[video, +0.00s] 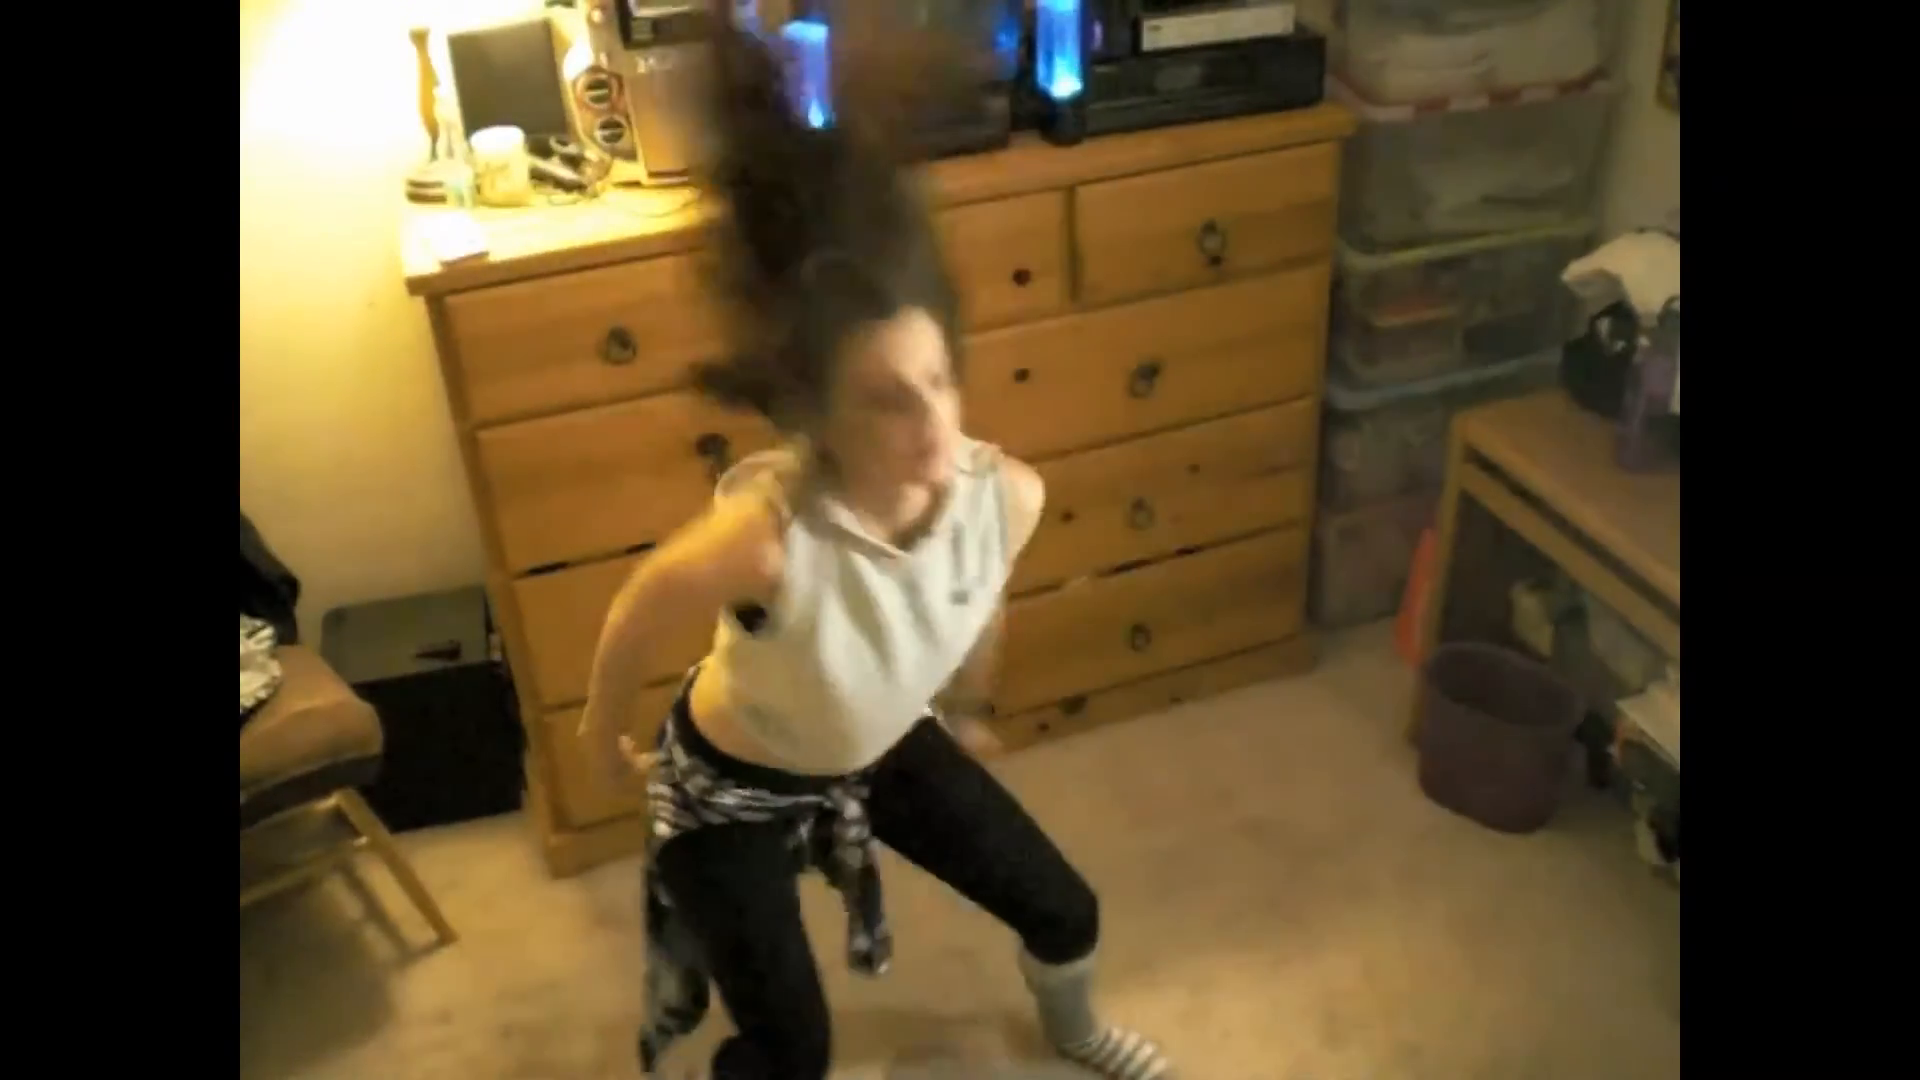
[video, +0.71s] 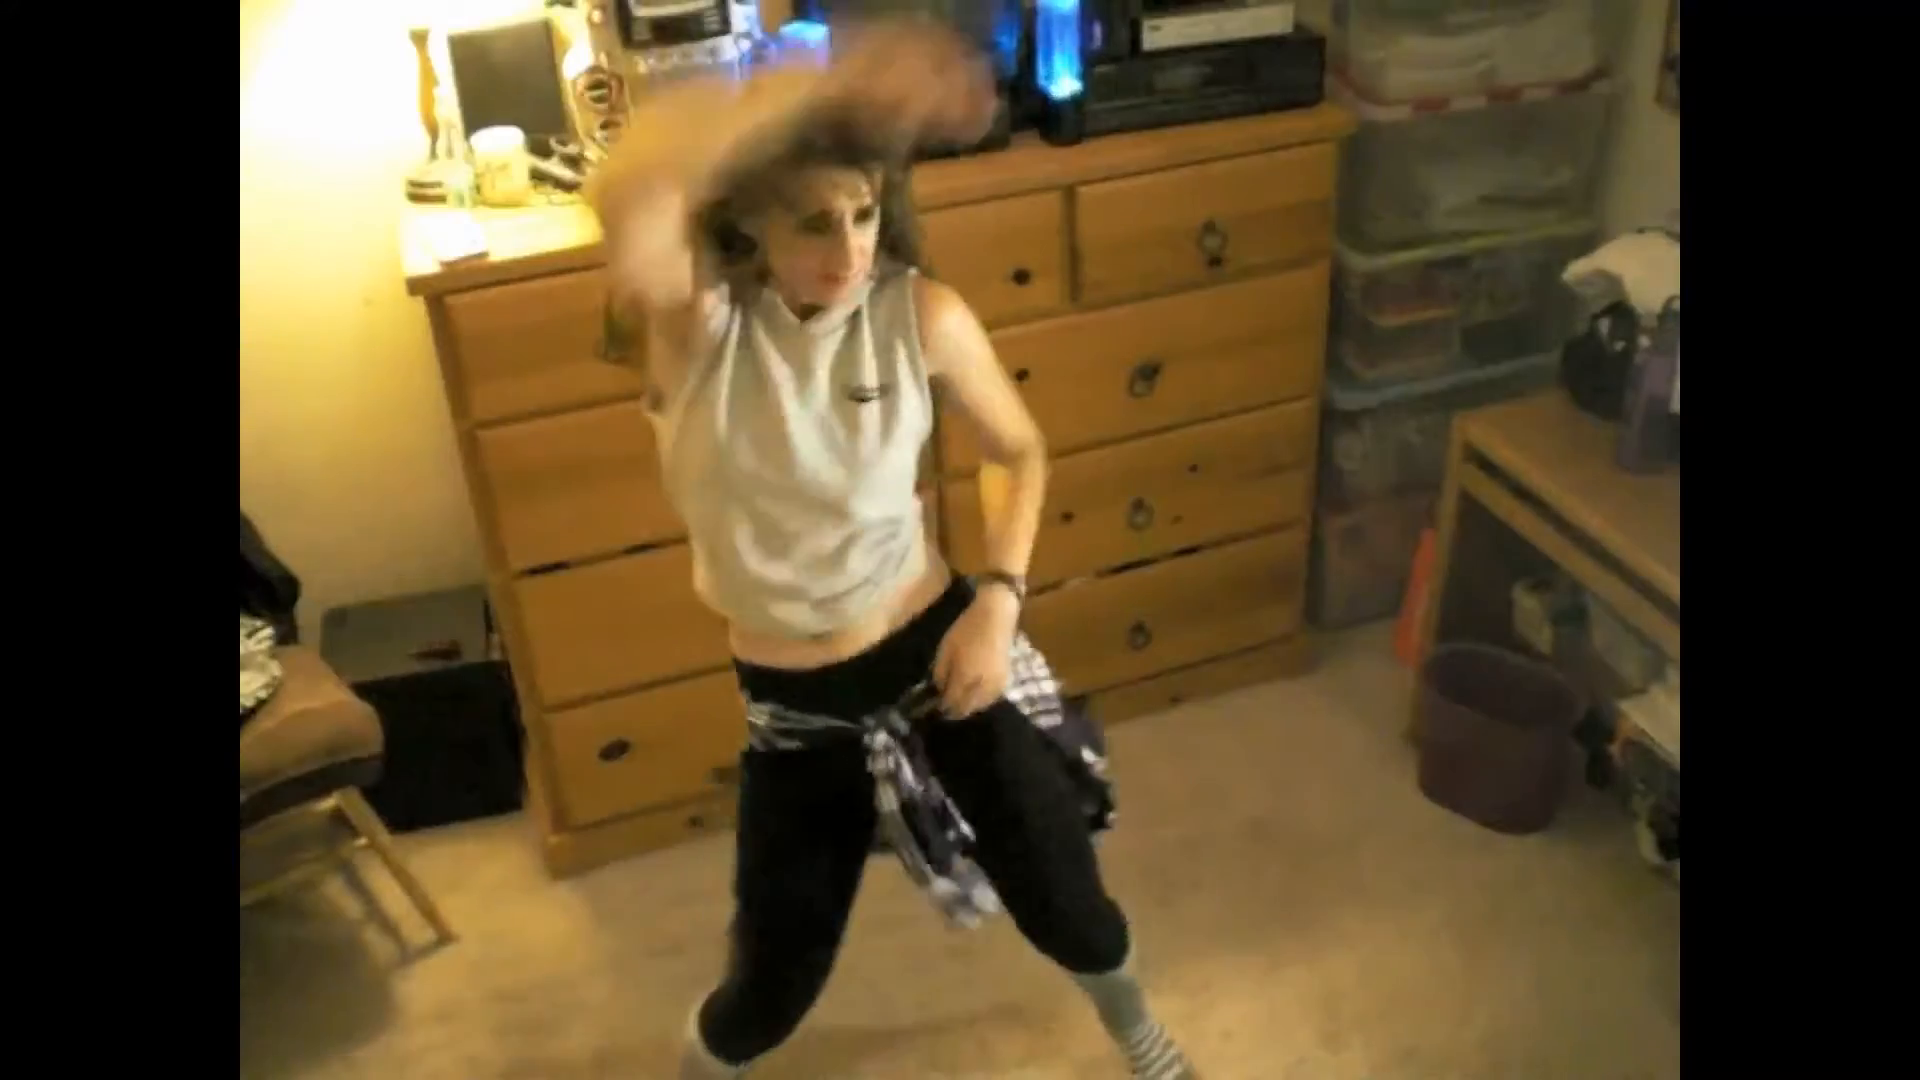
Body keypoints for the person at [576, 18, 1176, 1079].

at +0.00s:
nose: (936, 426)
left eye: (944, 385)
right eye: (893, 402)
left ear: (961, 376)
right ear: (814, 419)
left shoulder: (1006, 497)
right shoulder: (761, 540)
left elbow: (982, 611)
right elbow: (641, 615)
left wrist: (970, 713)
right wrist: (608, 731)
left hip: (883, 743)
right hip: (735, 783)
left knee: (1063, 911)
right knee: (789, 1049)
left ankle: (1072, 1033)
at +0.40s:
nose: (839, 292)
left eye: (858, 258)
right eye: (805, 263)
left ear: (882, 249)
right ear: (742, 264)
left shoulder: (925, 342)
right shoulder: (706, 374)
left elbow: (1014, 529)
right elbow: (663, 539)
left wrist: (957, 705)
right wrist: (474, 628)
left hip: (902, 720)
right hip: (741, 722)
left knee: (1063, 945)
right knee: (727, 990)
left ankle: (1091, 1039)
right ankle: (681, 1063)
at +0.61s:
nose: (846, 256)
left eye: (863, 222)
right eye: (814, 231)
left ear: (884, 208)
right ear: (749, 227)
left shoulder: (937, 305)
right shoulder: (695, 327)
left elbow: (1034, 462)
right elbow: (555, 487)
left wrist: (987, 644)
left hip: (939, 675)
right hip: (784, 700)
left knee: (1088, 936)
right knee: (756, 989)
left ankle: (1128, 1037)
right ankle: (690, 1065)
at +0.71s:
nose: (847, 250)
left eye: (864, 217)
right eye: (813, 225)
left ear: (886, 216)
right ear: (749, 234)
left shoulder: (924, 322)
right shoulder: (698, 339)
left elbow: (1019, 455)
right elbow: (636, 186)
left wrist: (997, 603)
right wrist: (828, 84)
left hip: (941, 667)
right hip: (796, 712)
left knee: (1069, 912)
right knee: (775, 989)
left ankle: (1136, 1034)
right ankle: (698, 1068)